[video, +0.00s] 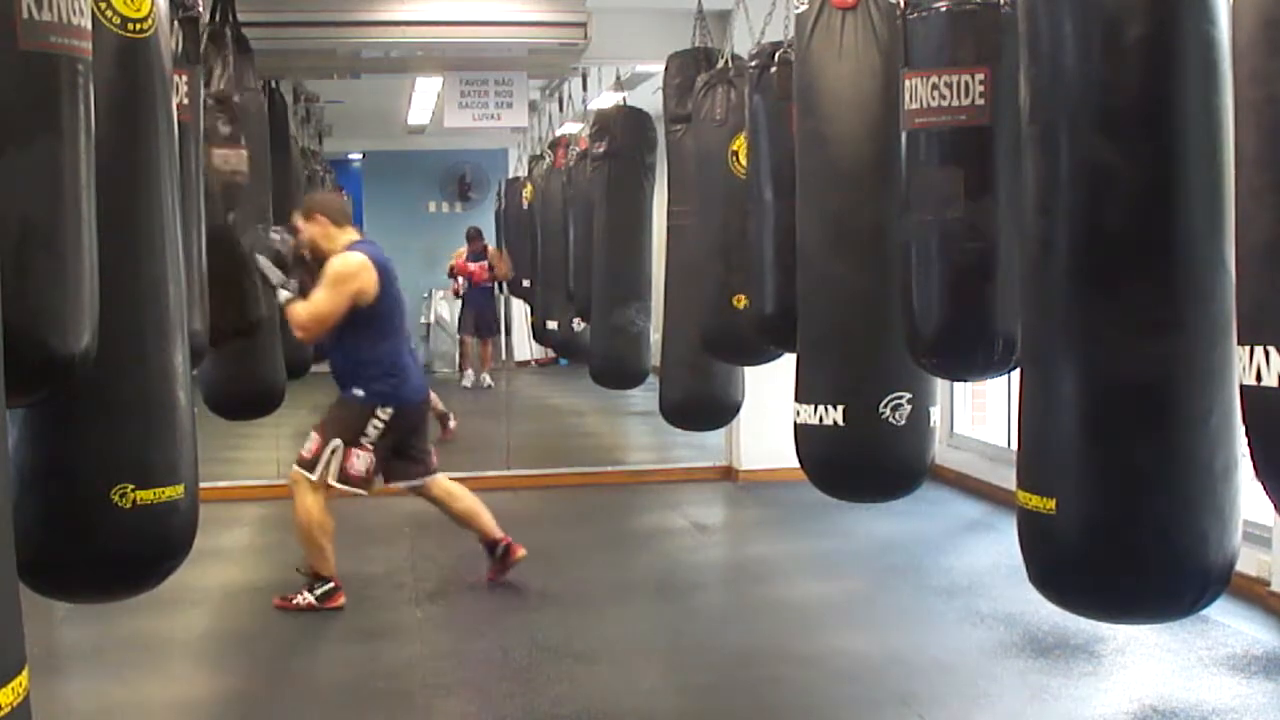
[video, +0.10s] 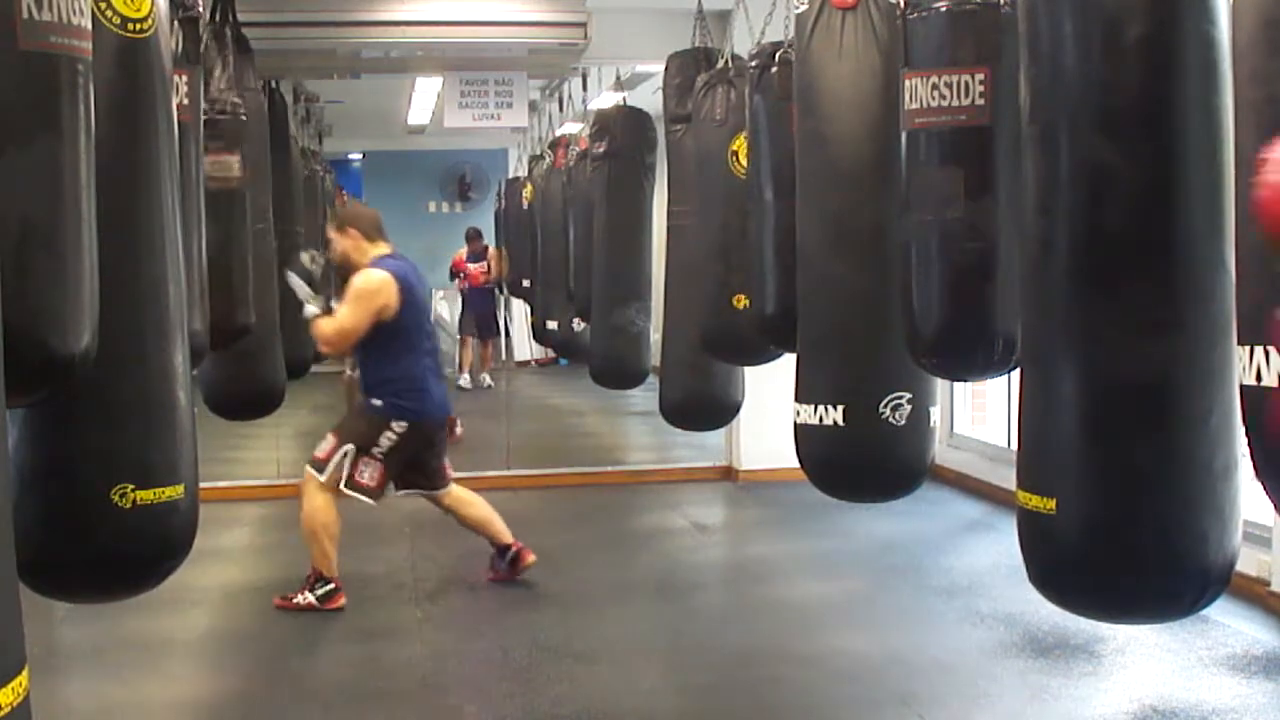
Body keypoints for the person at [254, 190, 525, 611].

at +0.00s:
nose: (300, 240)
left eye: (301, 229)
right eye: (298, 231)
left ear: (321, 222)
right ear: (339, 221)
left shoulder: (347, 264)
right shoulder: (368, 255)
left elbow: (305, 324)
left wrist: (284, 289)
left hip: (374, 396)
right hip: (406, 390)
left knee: (306, 479)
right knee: (423, 478)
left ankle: (323, 583)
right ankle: (499, 542)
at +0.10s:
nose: (331, 252)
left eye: (333, 241)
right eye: (329, 243)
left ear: (352, 236)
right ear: (367, 234)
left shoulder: (372, 279)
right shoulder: (403, 269)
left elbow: (332, 339)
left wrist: (314, 309)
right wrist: (333, 307)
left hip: (391, 408)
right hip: (428, 407)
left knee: (317, 481)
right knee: (440, 487)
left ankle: (323, 582)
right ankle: (509, 548)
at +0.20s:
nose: (362, 251)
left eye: (363, 241)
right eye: (361, 242)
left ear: (381, 236)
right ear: (399, 234)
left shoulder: (402, 278)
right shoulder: (433, 269)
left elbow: (367, 343)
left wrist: (344, 317)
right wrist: (374, 295)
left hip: (424, 404)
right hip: (459, 402)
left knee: (350, 476)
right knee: (464, 486)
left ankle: (329, 579)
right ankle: (522, 555)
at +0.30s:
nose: (383, 235)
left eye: (383, 225)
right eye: (381, 226)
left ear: (400, 218)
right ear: (417, 217)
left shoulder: (419, 257)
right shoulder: (458, 255)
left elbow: (393, 329)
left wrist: (365, 304)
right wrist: (388, 294)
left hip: (442, 387)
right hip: (481, 387)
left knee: (380, 472)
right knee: (482, 479)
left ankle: (360, 572)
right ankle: (526, 559)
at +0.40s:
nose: (393, 221)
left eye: (395, 211)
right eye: (393, 212)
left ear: (411, 206)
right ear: (434, 206)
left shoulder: (421, 241)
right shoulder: (473, 239)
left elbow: (407, 311)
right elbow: (461, 305)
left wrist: (374, 292)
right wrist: (394, 280)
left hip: (456, 369)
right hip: (496, 368)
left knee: (402, 459)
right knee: (496, 467)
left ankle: (420, 562)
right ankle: (526, 555)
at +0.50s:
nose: (411, 226)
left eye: (411, 218)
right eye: (409, 219)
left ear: (425, 210)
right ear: (452, 208)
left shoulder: (431, 242)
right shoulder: (492, 246)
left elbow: (407, 310)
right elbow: (469, 314)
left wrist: (378, 288)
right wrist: (403, 290)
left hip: (462, 379)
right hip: (507, 377)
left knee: (425, 473)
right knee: (505, 471)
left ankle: (464, 566)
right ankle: (538, 557)